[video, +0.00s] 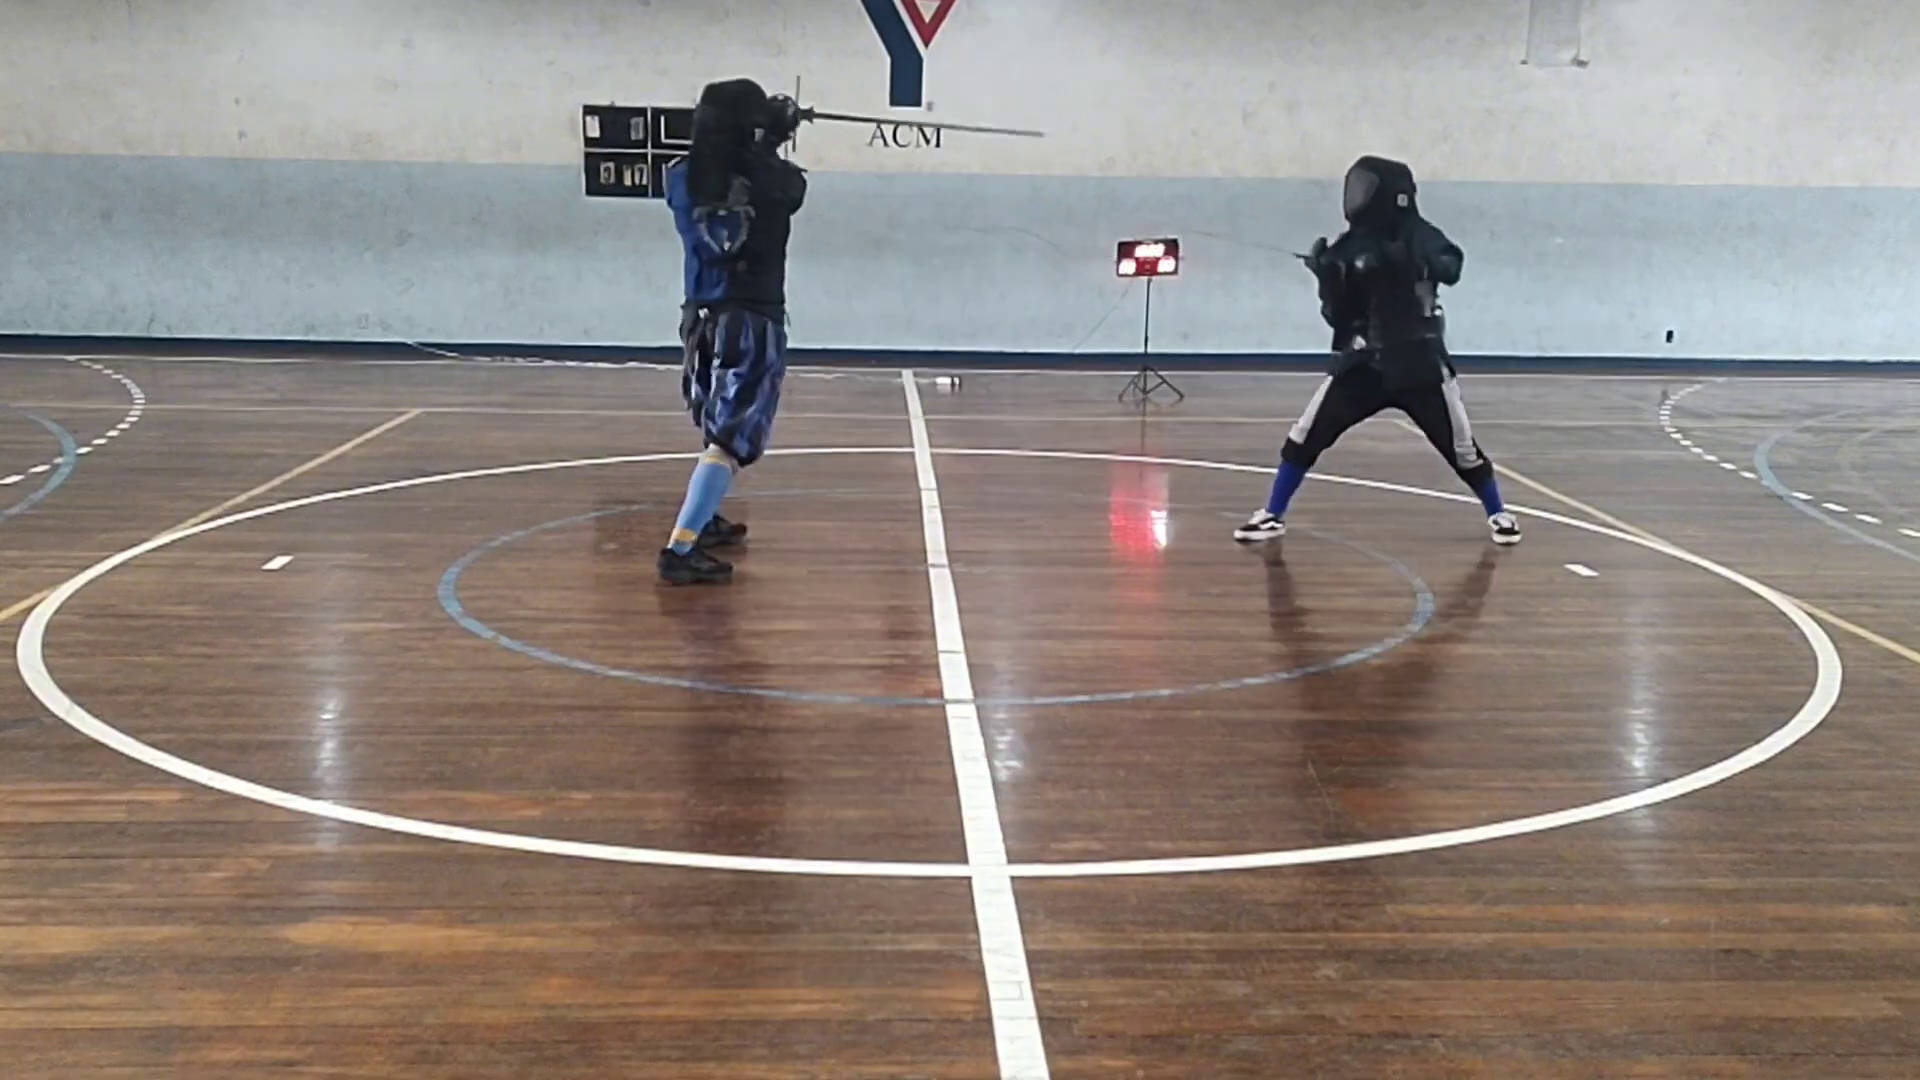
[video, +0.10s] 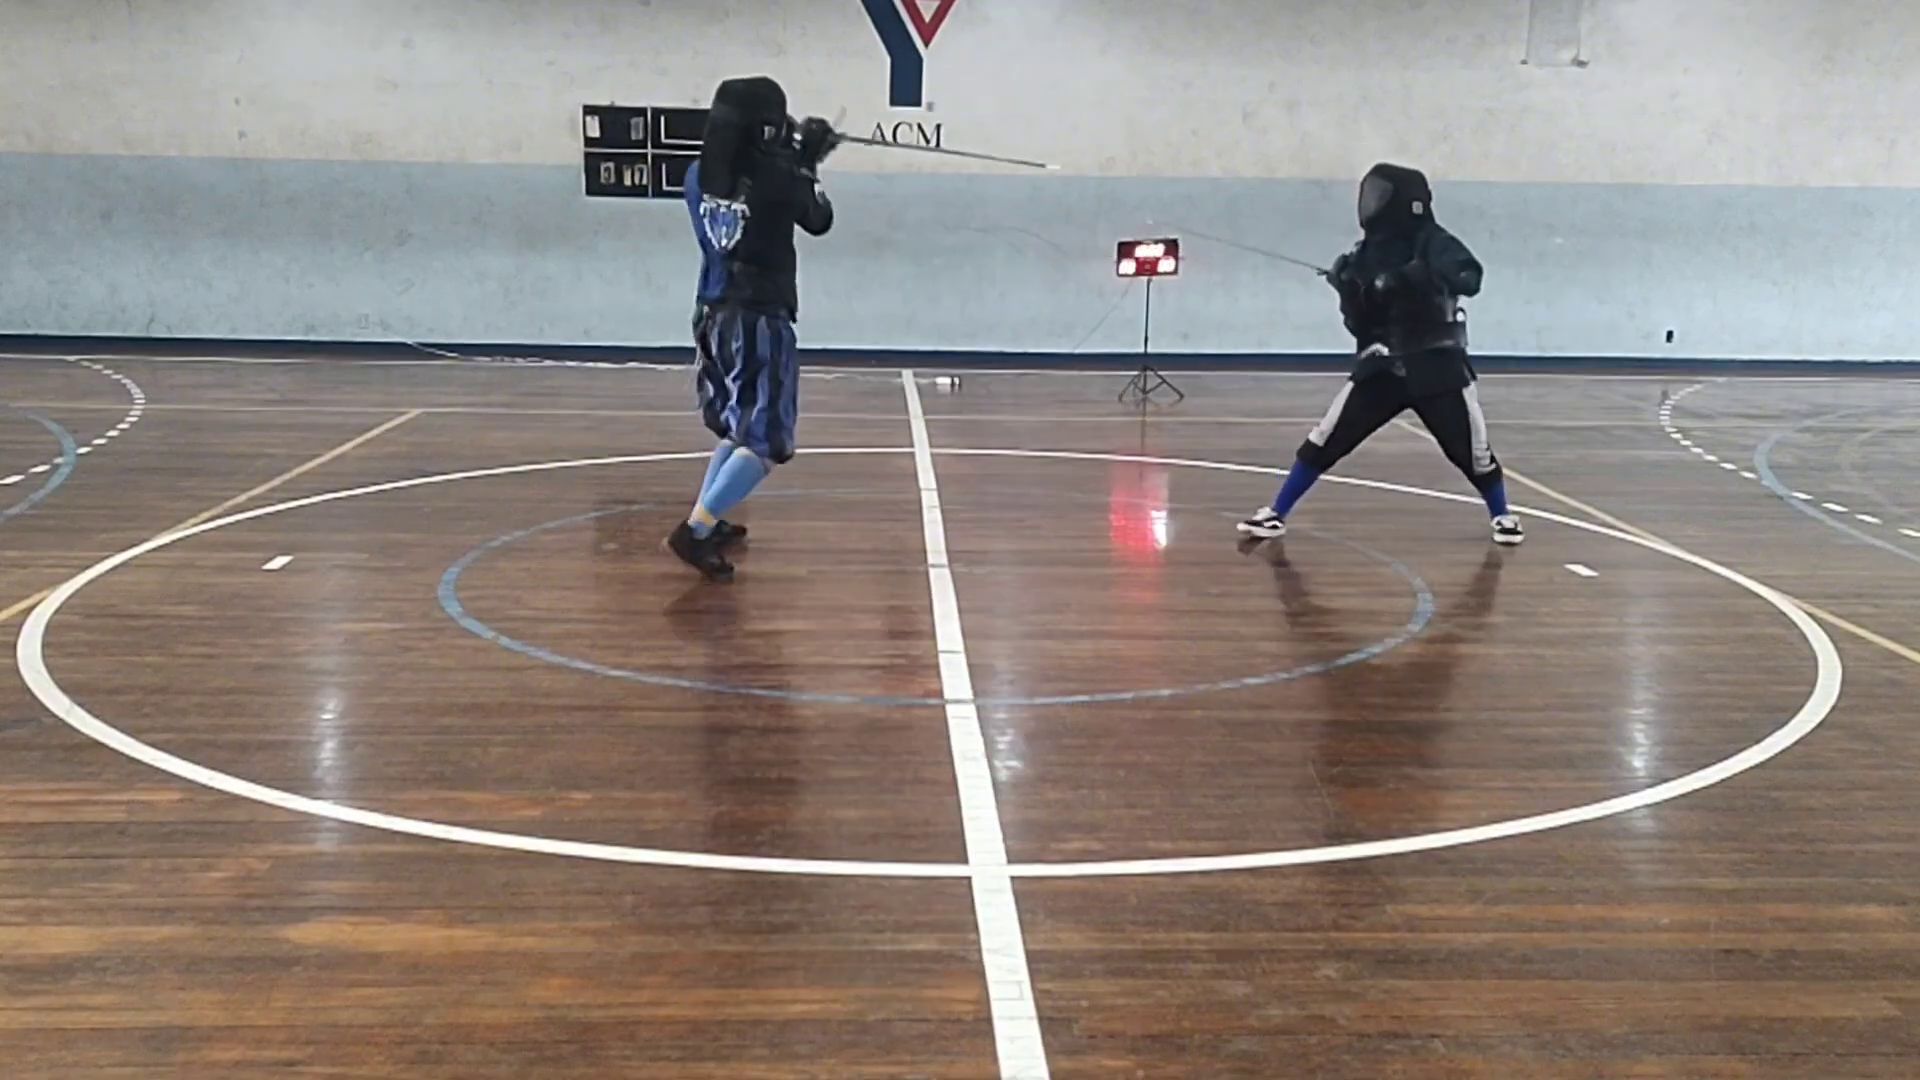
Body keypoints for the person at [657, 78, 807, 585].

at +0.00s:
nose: (767, 131)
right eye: (764, 124)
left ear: (705, 124)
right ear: (754, 130)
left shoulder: (678, 176)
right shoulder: (773, 178)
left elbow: (712, 166)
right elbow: (791, 186)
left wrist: (760, 136)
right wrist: (767, 144)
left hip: (699, 313)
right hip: (751, 317)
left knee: (716, 426)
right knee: (730, 436)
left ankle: (705, 516)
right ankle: (680, 547)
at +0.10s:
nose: (783, 127)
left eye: (782, 119)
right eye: (779, 119)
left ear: (725, 120)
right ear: (768, 125)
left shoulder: (697, 174)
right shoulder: (774, 174)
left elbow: (747, 203)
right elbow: (817, 219)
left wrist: (788, 159)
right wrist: (806, 166)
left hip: (713, 311)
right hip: (759, 315)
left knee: (736, 427)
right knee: (767, 439)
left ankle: (709, 518)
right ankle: (697, 529)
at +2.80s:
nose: (1074, 183)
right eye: (1068, 179)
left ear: (1026, 197)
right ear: (1062, 190)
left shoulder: (1015, 241)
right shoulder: (1084, 234)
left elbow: (1022, 177)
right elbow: (1122, 179)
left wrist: (1053, 130)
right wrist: (1093, 129)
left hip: (1041, 366)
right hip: (1073, 371)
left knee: (1122, 414)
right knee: (1037, 480)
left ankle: (1116, 509)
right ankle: (930, 513)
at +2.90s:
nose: (1075, 167)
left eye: (1071, 161)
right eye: (1069, 162)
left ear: (1032, 174)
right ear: (1059, 172)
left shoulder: (1034, 215)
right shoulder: (1070, 216)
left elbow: (1081, 176)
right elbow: (1129, 175)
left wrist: (1081, 123)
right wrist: (1109, 121)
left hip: (1065, 345)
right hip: (1073, 349)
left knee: (1133, 417)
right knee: (1042, 455)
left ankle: (1117, 509)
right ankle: (942, 509)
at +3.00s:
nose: (1078, 137)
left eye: (1073, 130)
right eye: (1070, 130)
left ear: (1032, 146)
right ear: (1052, 142)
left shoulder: (1047, 182)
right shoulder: (1058, 185)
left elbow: (1111, 174)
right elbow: (1136, 178)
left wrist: (1123, 121)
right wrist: (1159, 139)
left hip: (1090, 320)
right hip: (1068, 322)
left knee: (1136, 412)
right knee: (1048, 429)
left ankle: (1118, 509)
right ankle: (957, 503)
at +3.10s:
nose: (1086, 122)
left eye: (1083, 115)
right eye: (1078, 114)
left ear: (1043, 124)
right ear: (1055, 120)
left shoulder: (1082, 166)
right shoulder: (1031, 162)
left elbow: (1135, 186)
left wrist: (1139, 137)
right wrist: (1114, 116)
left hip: (1096, 306)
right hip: (1058, 306)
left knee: (1129, 408)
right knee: (1047, 414)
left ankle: (1115, 508)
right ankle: (977, 512)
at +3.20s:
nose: (1093, 112)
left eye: (1091, 102)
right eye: (1084, 101)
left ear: (1079, 112)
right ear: (1057, 106)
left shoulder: (1096, 158)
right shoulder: (1031, 156)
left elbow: (1143, 170)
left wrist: (1126, 114)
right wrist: (1073, 57)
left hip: (1100, 297)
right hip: (1053, 294)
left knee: (1122, 408)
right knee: (1033, 406)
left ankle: (1112, 509)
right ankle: (979, 511)